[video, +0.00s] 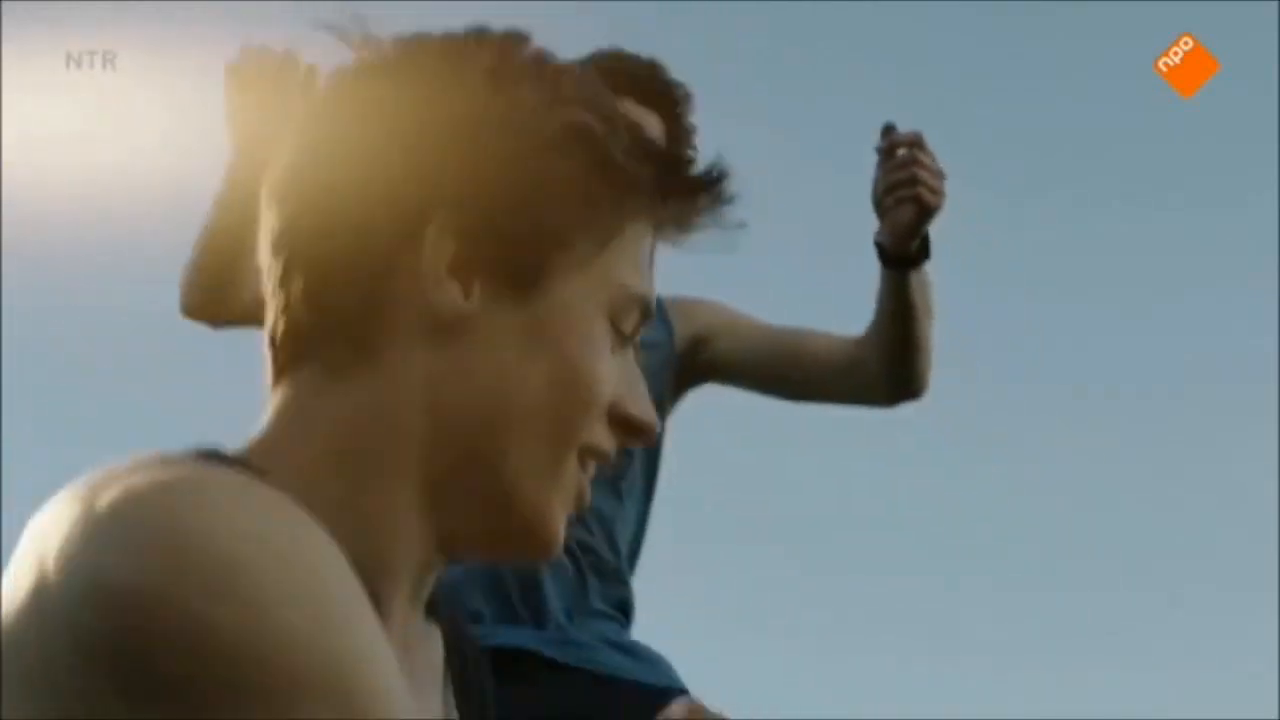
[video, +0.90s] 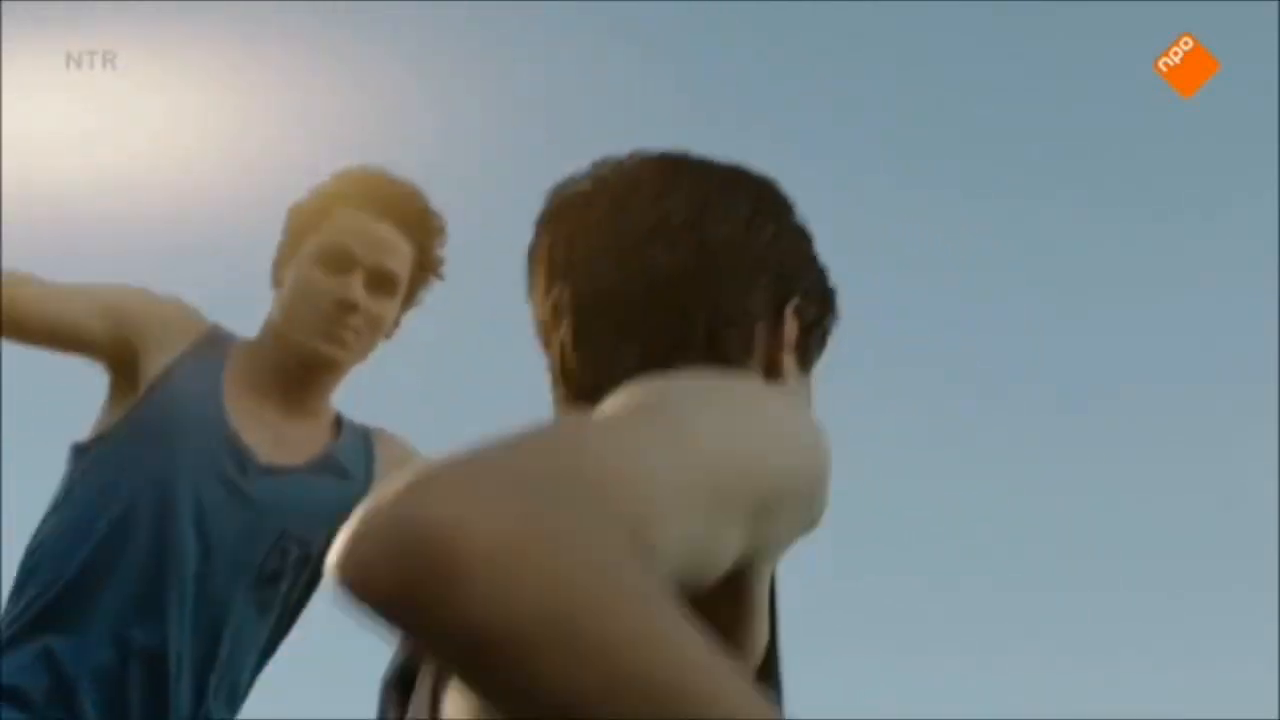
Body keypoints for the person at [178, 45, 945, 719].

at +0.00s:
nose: (622, 192)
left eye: (640, 169)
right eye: (597, 156)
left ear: (663, 190)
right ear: (532, 154)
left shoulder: (671, 325)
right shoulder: (461, 266)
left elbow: (889, 376)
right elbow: (214, 300)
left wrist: (902, 262)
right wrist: (261, 148)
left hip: (586, 646)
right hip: (421, 623)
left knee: (689, 709)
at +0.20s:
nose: (555, 140)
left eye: (581, 127)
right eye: (535, 111)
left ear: (605, 162)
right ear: (487, 115)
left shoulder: (613, 295)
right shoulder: (381, 220)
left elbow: (819, 336)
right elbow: (160, 214)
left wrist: (847, 218)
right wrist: (212, 118)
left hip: (514, 638)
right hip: (338, 597)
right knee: (259, 707)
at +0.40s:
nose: (506, 141)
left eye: (532, 130)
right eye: (488, 110)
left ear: (552, 163)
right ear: (436, 112)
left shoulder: (544, 299)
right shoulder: (323, 204)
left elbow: (747, 346)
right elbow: (104, 178)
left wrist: (800, 227)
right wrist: (144, 111)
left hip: (402, 612)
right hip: (245, 586)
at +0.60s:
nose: (446, 177)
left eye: (474, 169)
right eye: (432, 144)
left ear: (489, 202)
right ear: (378, 139)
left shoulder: (478, 338)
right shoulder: (261, 227)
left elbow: (674, 402)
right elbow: (43, 183)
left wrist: (771, 298)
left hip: (318, 661)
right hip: (151, 619)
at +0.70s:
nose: (423, 204)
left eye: (451, 193)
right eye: (406, 170)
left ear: (467, 227)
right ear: (352, 163)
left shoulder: (455, 367)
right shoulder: (239, 246)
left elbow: (632, 440)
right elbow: (29, 202)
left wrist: (758, 347)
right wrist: (19, 236)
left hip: (275, 683)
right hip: (115, 643)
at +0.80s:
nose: (380, 253)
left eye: (408, 242)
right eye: (362, 220)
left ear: (425, 276)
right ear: (312, 218)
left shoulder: (410, 424)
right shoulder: (193, 294)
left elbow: (567, 501)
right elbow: (11, 256)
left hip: (211, 707)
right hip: (60, 669)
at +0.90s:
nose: (354, 296)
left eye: (382, 285)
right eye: (335, 265)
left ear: (398, 319)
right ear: (282, 267)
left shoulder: (380, 470)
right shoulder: (162, 338)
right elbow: (9, 295)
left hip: (183, 707)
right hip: (29, 685)